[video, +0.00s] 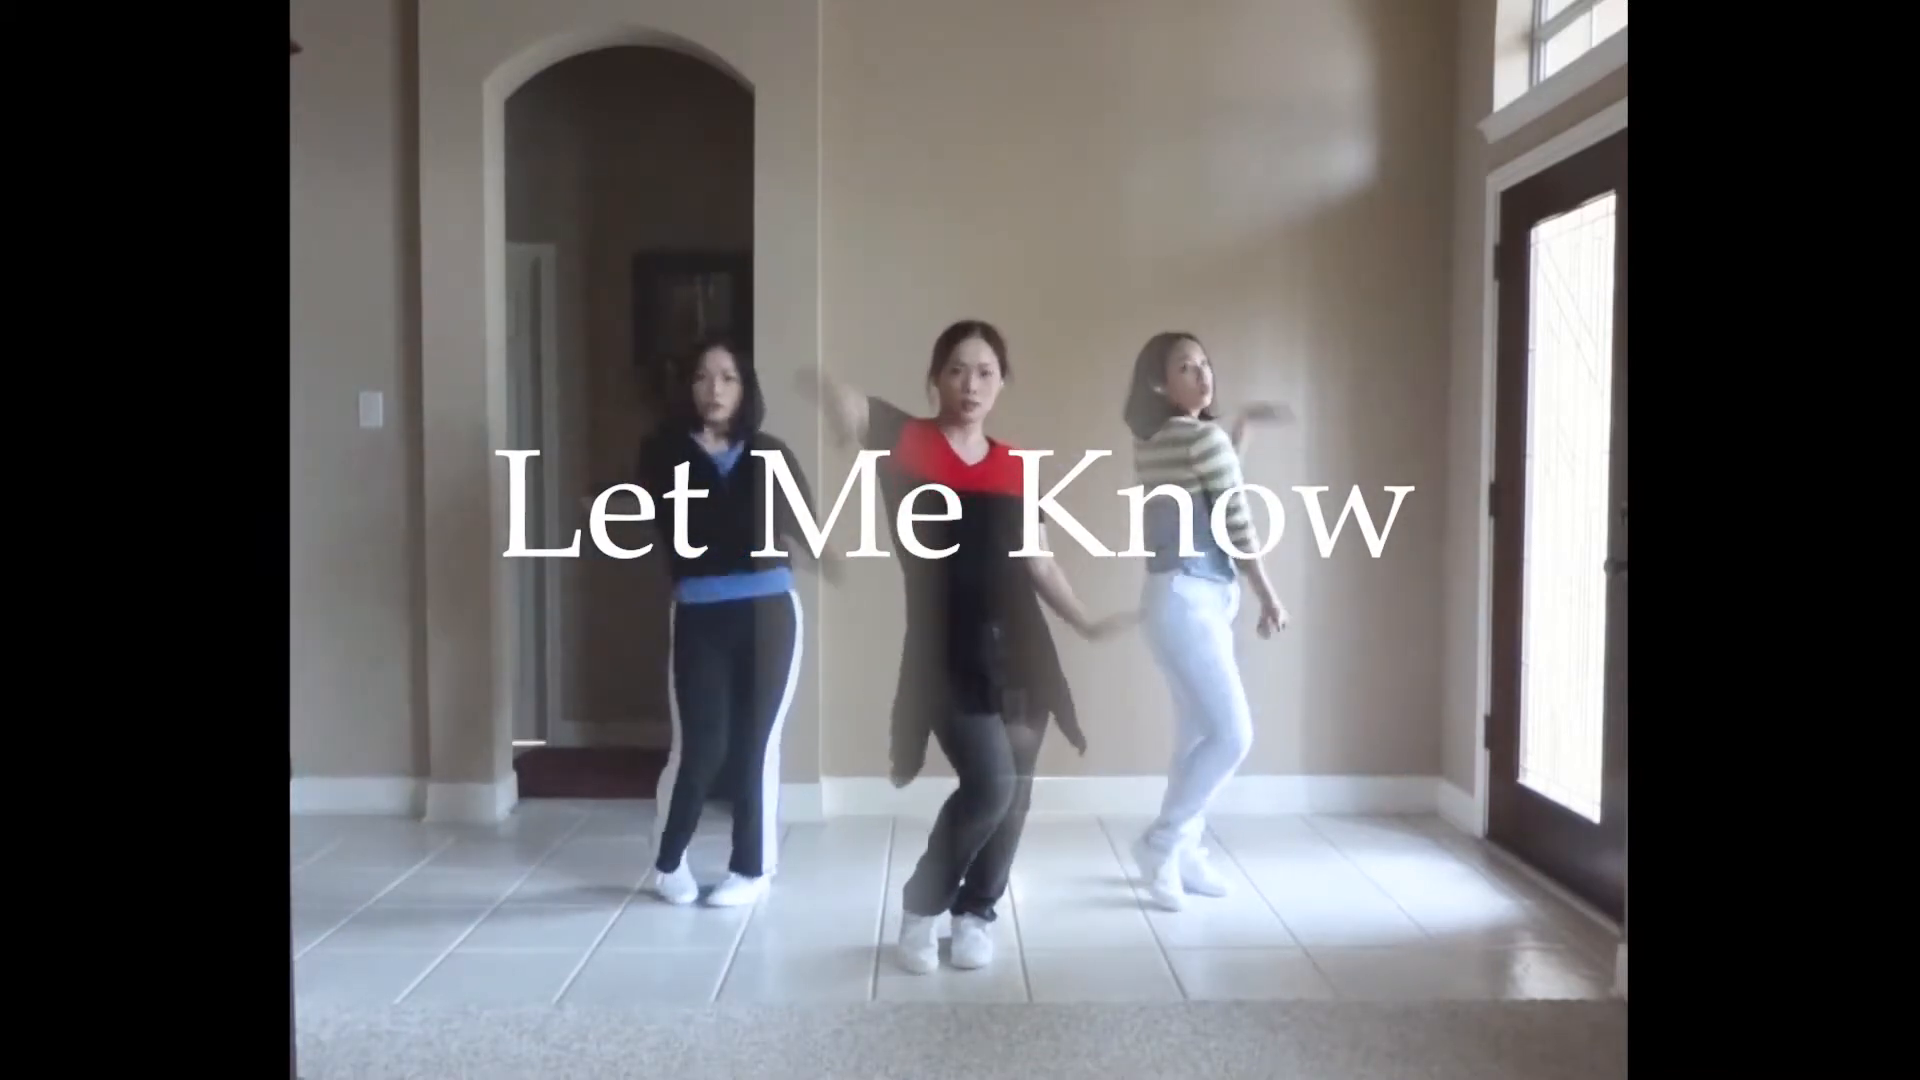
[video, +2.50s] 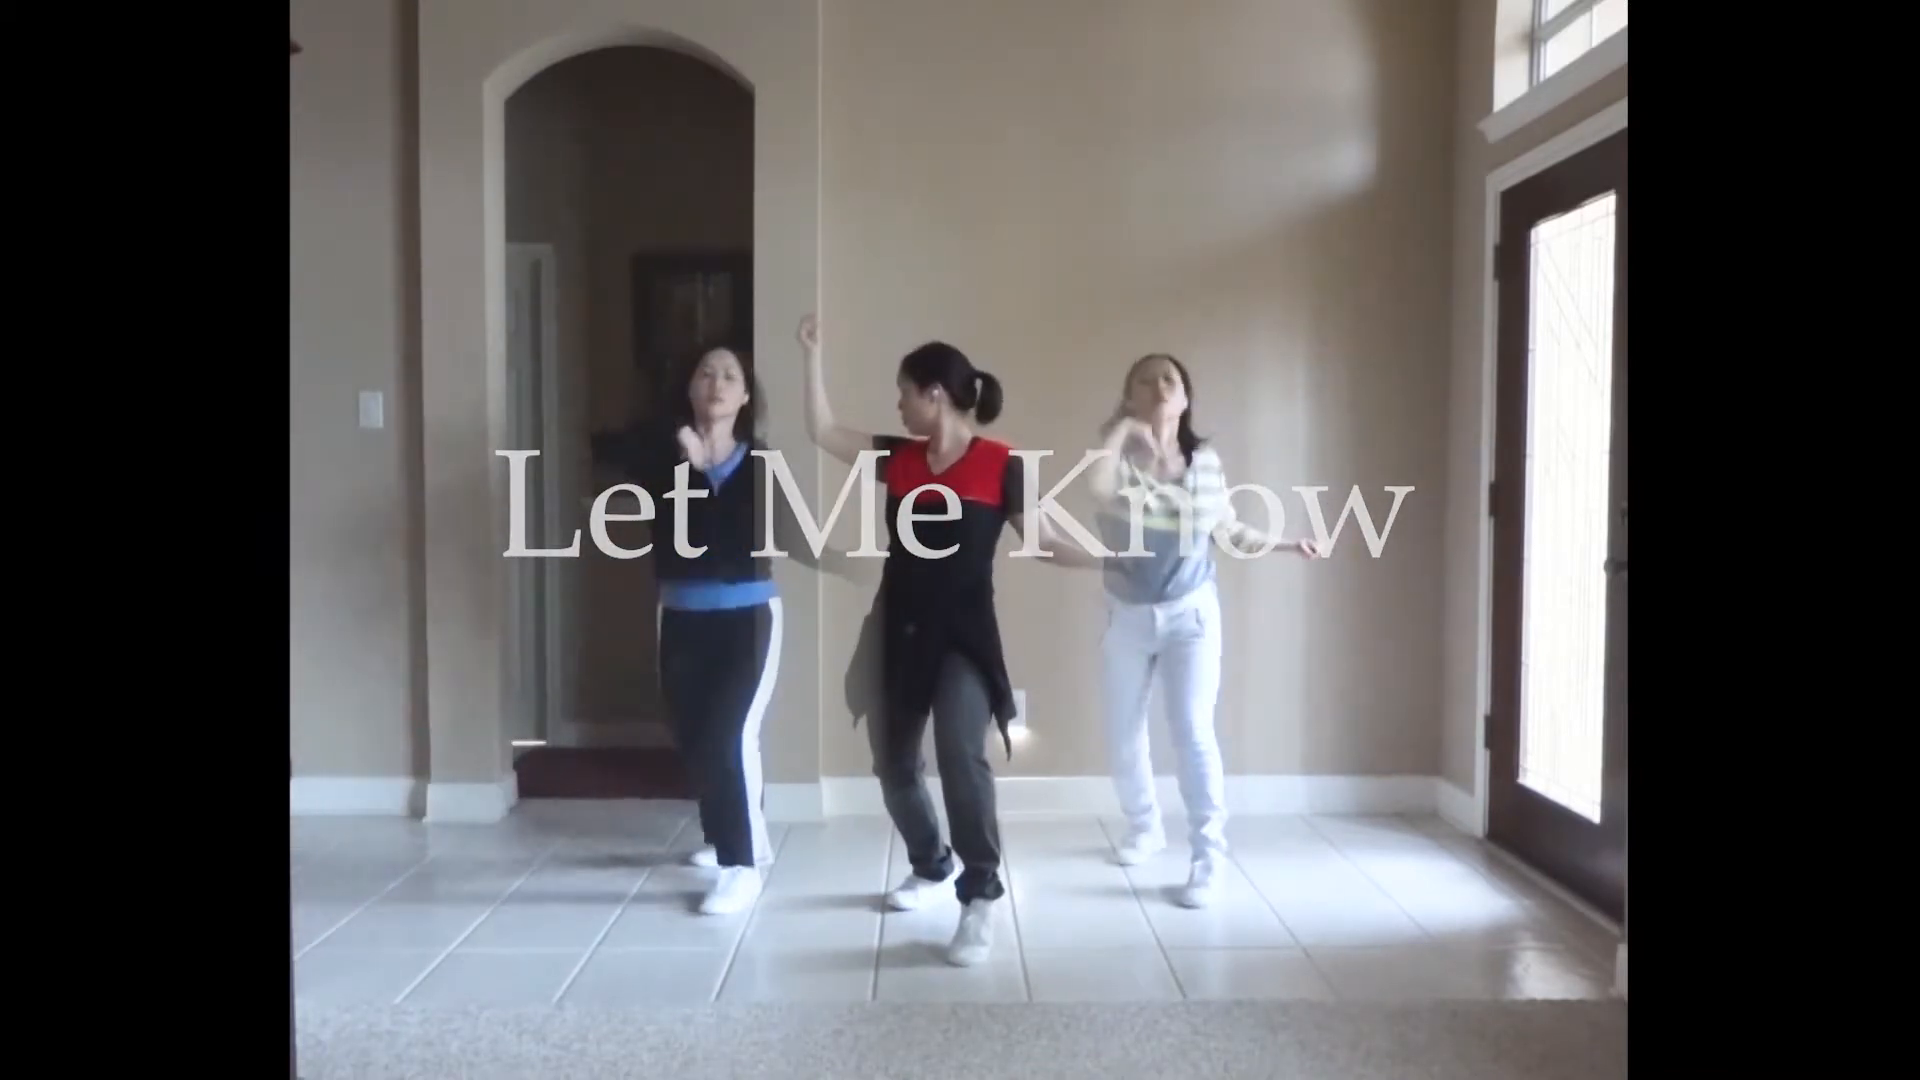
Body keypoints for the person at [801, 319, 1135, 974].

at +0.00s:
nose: (970, 382)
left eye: (984, 372)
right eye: (957, 370)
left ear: (1001, 384)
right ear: (936, 379)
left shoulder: (1015, 467)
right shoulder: (908, 442)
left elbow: (1038, 558)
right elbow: (852, 410)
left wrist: (1085, 619)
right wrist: (836, 396)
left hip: (1017, 643)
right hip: (944, 644)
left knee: (1015, 789)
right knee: (991, 784)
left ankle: (976, 917)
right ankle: (922, 907)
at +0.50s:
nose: (974, 397)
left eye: (988, 384)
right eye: (962, 384)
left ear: (1010, 392)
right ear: (944, 391)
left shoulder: (1027, 469)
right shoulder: (917, 454)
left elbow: (1047, 565)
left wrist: (1062, 651)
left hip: (1012, 644)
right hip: (938, 645)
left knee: (1008, 791)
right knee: (962, 789)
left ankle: (975, 915)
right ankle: (919, 902)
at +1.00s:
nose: (957, 380)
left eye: (970, 369)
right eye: (946, 369)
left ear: (991, 376)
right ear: (927, 373)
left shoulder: (1003, 452)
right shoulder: (894, 421)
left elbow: (1058, 518)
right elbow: (815, 368)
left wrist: (1117, 544)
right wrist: (778, 300)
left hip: (980, 616)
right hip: (907, 614)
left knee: (984, 758)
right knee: (913, 755)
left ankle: (999, 901)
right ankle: (933, 866)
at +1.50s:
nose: (898, 405)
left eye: (905, 395)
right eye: (900, 395)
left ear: (937, 398)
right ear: (924, 399)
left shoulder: (997, 467)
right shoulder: (891, 454)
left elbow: (1052, 538)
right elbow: (823, 419)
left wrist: (1112, 562)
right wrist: (818, 339)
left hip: (962, 632)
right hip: (895, 629)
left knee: (962, 752)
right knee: (891, 763)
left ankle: (973, 893)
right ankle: (931, 868)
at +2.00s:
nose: (903, 408)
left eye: (911, 397)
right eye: (903, 397)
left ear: (944, 396)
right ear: (926, 400)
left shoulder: (1001, 466)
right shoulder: (901, 454)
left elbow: (1060, 537)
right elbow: (827, 429)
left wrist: (1115, 557)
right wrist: (815, 351)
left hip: (966, 632)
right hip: (902, 628)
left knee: (960, 753)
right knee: (893, 763)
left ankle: (977, 894)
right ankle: (931, 868)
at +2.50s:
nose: (900, 404)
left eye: (906, 393)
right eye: (901, 393)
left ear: (938, 395)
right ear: (932, 398)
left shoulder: (1000, 465)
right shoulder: (898, 455)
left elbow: (1046, 539)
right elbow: (825, 432)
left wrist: (1099, 557)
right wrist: (812, 355)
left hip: (965, 631)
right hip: (899, 628)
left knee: (960, 750)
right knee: (893, 761)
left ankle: (980, 892)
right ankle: (932, 866)